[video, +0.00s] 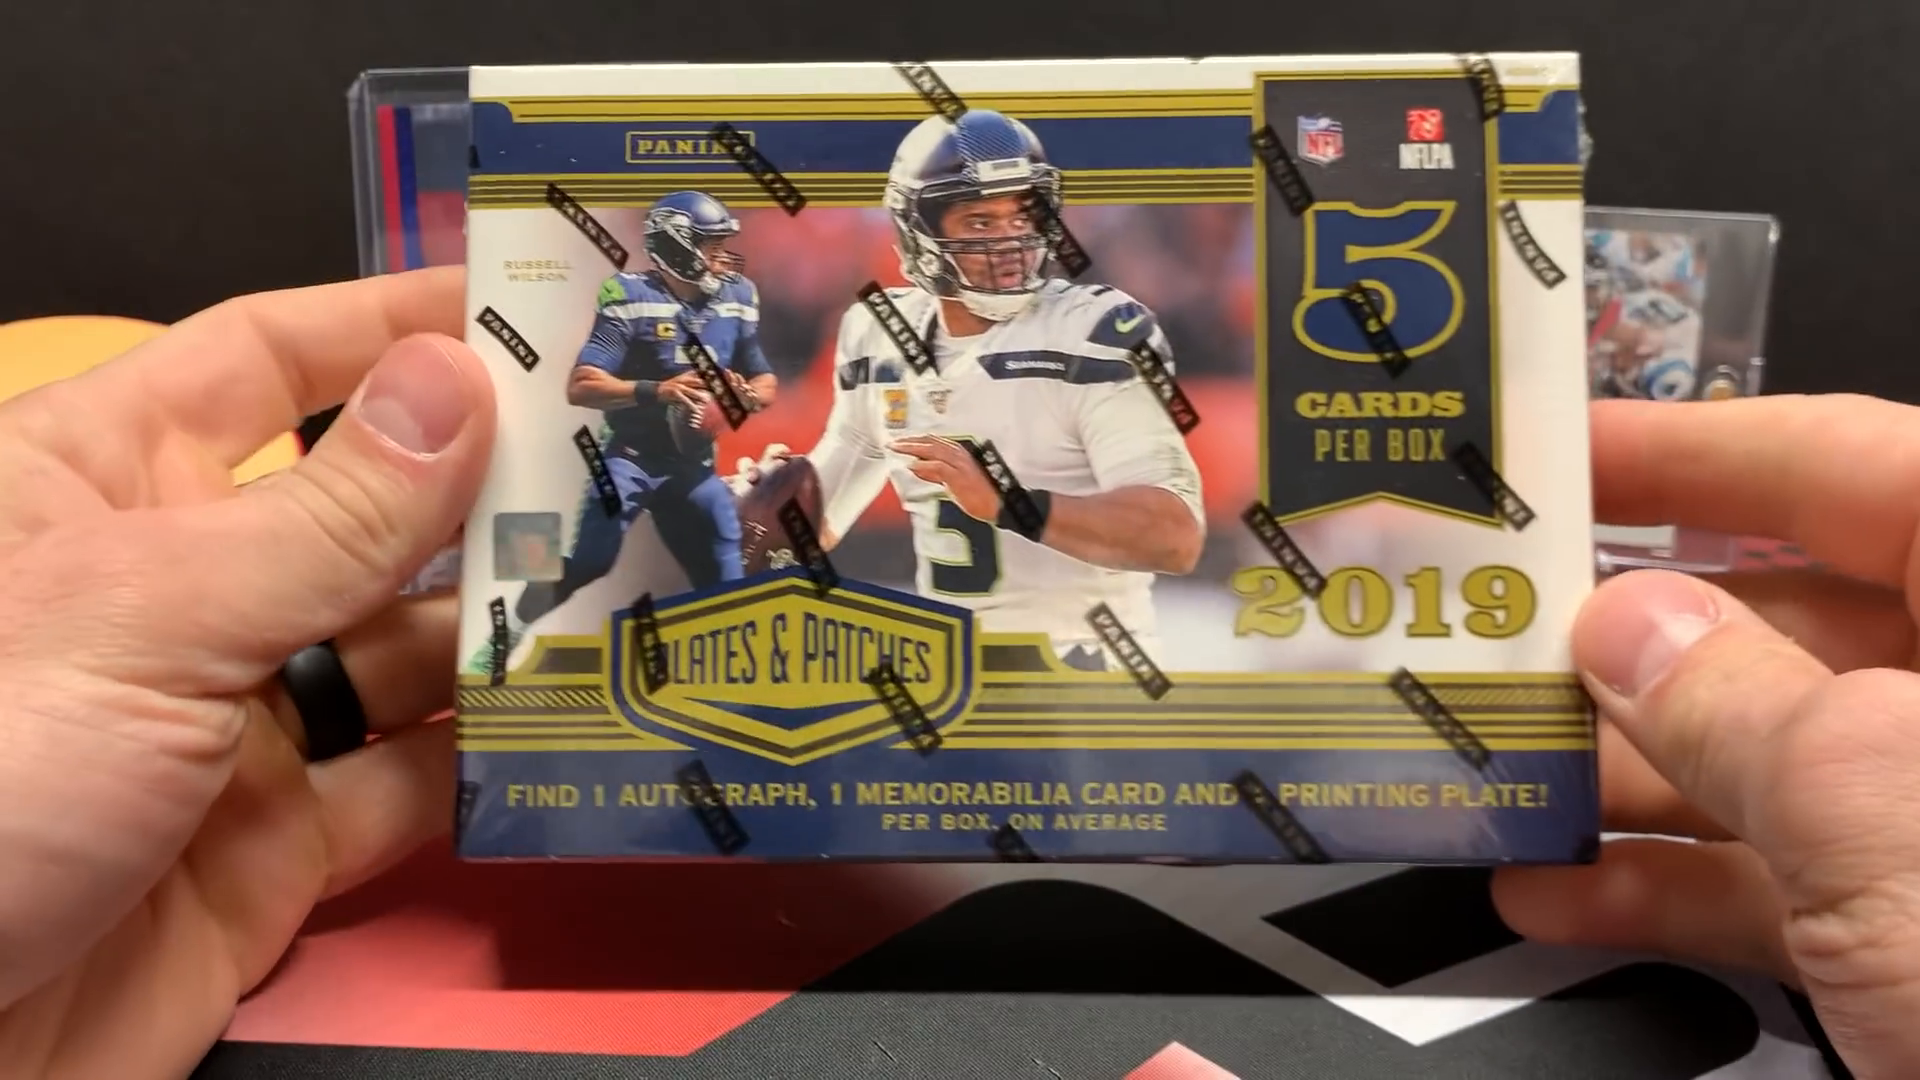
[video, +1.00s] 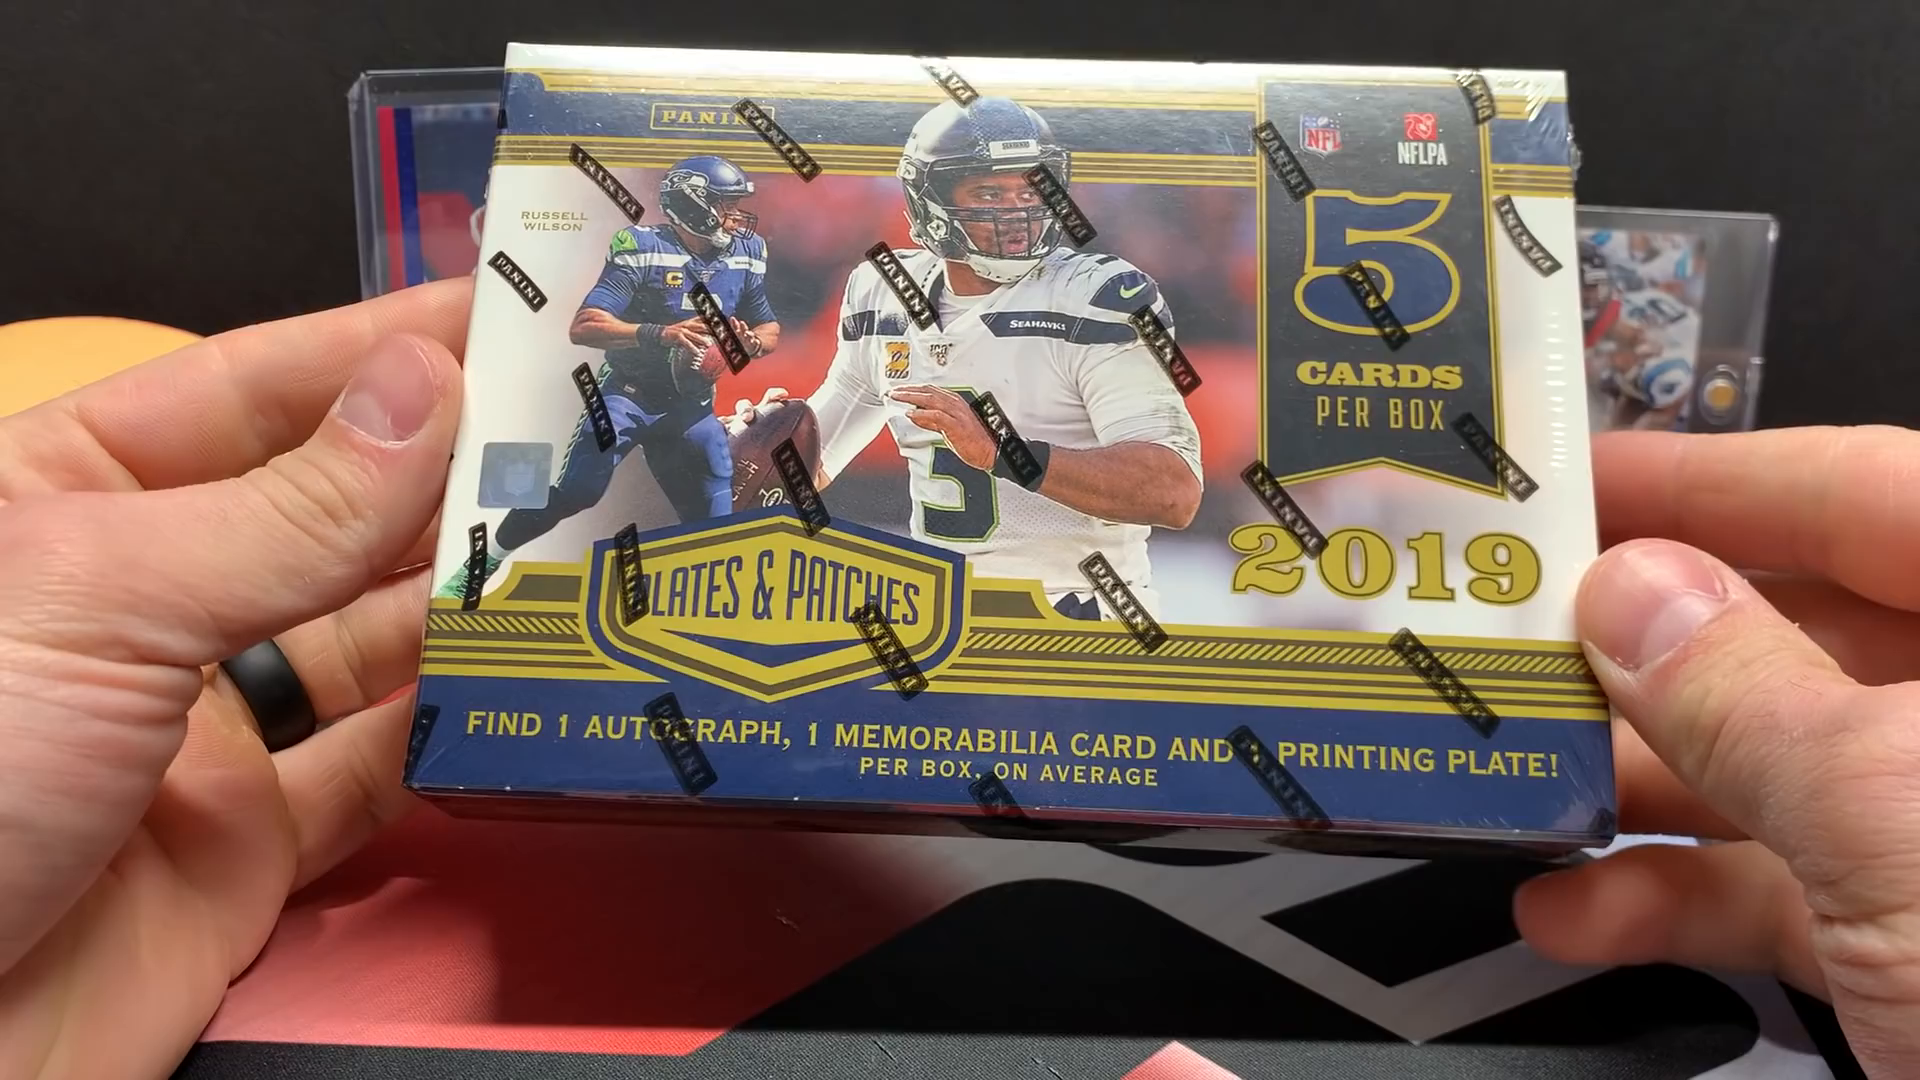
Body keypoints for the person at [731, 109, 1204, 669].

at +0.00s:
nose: (1009, 239)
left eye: (1021, 215)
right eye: (979, 223)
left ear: (1044, 217)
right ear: (920, 234)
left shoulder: (1101, 333)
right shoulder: (878, 333)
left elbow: (1174, 535)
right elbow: (812, 519)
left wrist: (1014, 505)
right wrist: (775, 494)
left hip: (1091, 678)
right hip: (944, 674)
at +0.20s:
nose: (973, 227)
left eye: (985, 203)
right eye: (944, 210)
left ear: (1007, 207)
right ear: (886, 222)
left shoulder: (1063, 317)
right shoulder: (840, 319)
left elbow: (1134, 516)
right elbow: (772, 503)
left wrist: (974, 486)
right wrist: (736, 480)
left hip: (1051, 662)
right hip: (904, 658)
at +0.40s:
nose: (980, 218)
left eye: (993, 195)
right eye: (952, 201)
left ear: (1013, 198)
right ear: (894, 212)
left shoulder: (1067, 307)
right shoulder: (847, 307)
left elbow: (1138, 506)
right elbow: (777, 489)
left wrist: (979, 474)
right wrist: (741, 465)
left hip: (1051, 651)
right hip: (907, 645)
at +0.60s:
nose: (993, 208)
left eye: (1006, 185)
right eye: (964, 190)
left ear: (1027, 187)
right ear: (908, 201)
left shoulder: (1079, 296)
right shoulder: (859, 294)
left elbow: (1149, 495)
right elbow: (784, 476)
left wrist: (991, 461)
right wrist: (753, 447)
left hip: (1063, 640)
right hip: (916, 635)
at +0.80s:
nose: (1004, 206)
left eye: (1017, 185)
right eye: (977, 189)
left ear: (1037, 187)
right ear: (921, 198)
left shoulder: (1092, 293)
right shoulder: (870, 287)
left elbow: (1159, 486)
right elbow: (794, 461)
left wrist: (1001, 452)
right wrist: (759, 433)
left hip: (1072, 623)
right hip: (928, 616)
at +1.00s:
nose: (1015, 213)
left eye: (1027, 192)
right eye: (988, 196)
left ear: (1048, 193)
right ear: (933, 205)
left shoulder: (1102, 297)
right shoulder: (880, 294)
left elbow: (1173, 490)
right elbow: (803, 466)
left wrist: (1012, 456)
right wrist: (771, 433)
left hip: (1090, 619)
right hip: (946, 616)